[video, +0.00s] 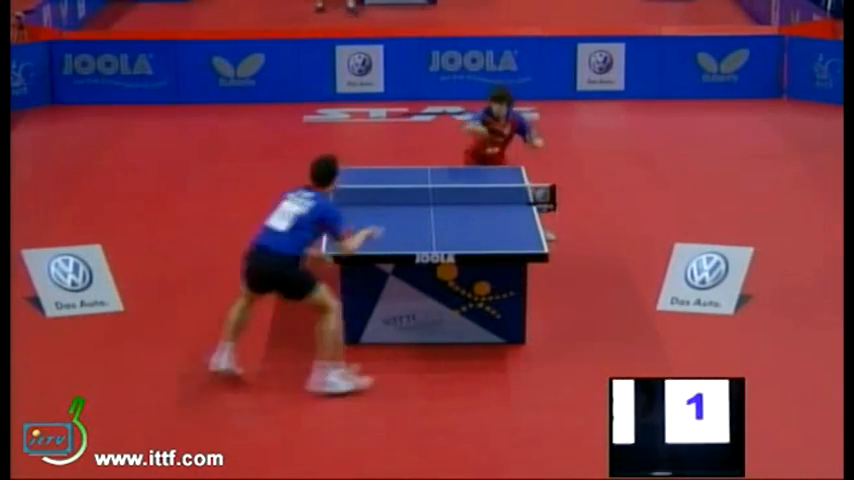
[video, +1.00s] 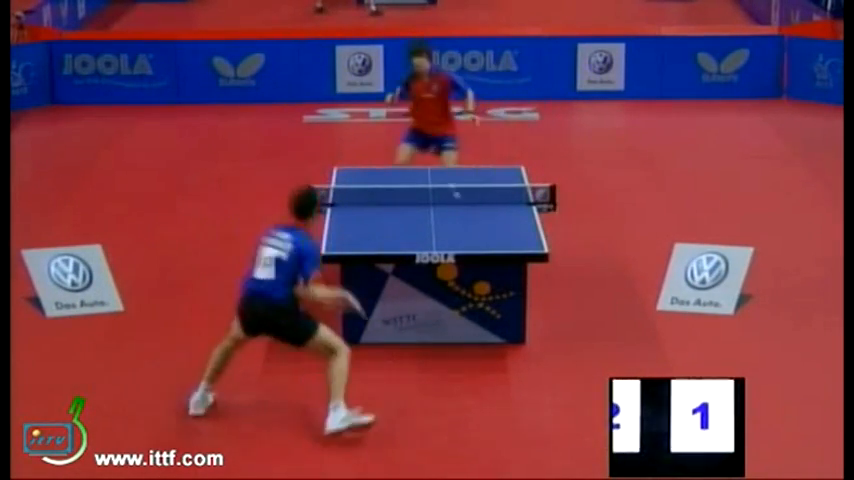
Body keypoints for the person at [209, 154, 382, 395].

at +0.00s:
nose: (336, 181)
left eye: (335, 176)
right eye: (336, 178)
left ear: (311, 177)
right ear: (333, 182)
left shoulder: (293, 195)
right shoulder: (325, 207)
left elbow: (291, 238)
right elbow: (346, 247)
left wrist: (319, 254)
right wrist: (364, 234)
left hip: (256, 259)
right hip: (284, 265)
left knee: (247, 298)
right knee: (331, 308)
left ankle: (224, 352)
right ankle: (328, 371)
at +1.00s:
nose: (320, 215)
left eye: (320, 210)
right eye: (319, 210)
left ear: (292, 210)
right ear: (314, 213)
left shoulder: (272, 234)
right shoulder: (307, 244)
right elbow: (306, 290)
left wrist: (325, 293)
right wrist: (341, 296)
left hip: (250, 308)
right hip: (281, 312)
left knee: (232, 340)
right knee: (338, 350)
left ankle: (202, 393)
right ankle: (338, 411)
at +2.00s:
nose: (622, 220)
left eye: (623, 217)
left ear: (625, 221)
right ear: (650, 224)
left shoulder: (604, 251)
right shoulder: (658, 257)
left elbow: (577, 291)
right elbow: (670, 309)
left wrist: (579, 320)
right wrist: (665, 301)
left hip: (604, 322)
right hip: (639, 326)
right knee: (666, 374)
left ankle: (602, 406)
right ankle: (671, 421)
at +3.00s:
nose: (414, 319)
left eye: (418, 317)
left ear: (424, 327)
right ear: (444, 316)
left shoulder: (436, 362)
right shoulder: (463, 321)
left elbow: (419, 410)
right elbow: (432, 308)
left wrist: (386, 443)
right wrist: (406, 319)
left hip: (489, 412)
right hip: (518, 390)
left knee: (425, 416)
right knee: (537, 387)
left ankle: (482, 444)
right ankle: (583, 420)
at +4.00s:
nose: (111, 259)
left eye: (113, 252)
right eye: (108, 253)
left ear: (130, 245)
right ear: (123, 249)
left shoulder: (166, 274)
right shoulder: (130, 276)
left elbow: (199, 315)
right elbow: (135, 316)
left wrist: (154, 335)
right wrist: (123, 349)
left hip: (171, 352)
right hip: (144, 351)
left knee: (141, 425)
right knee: (146, 417)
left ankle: (152, 471)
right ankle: (205, 428)